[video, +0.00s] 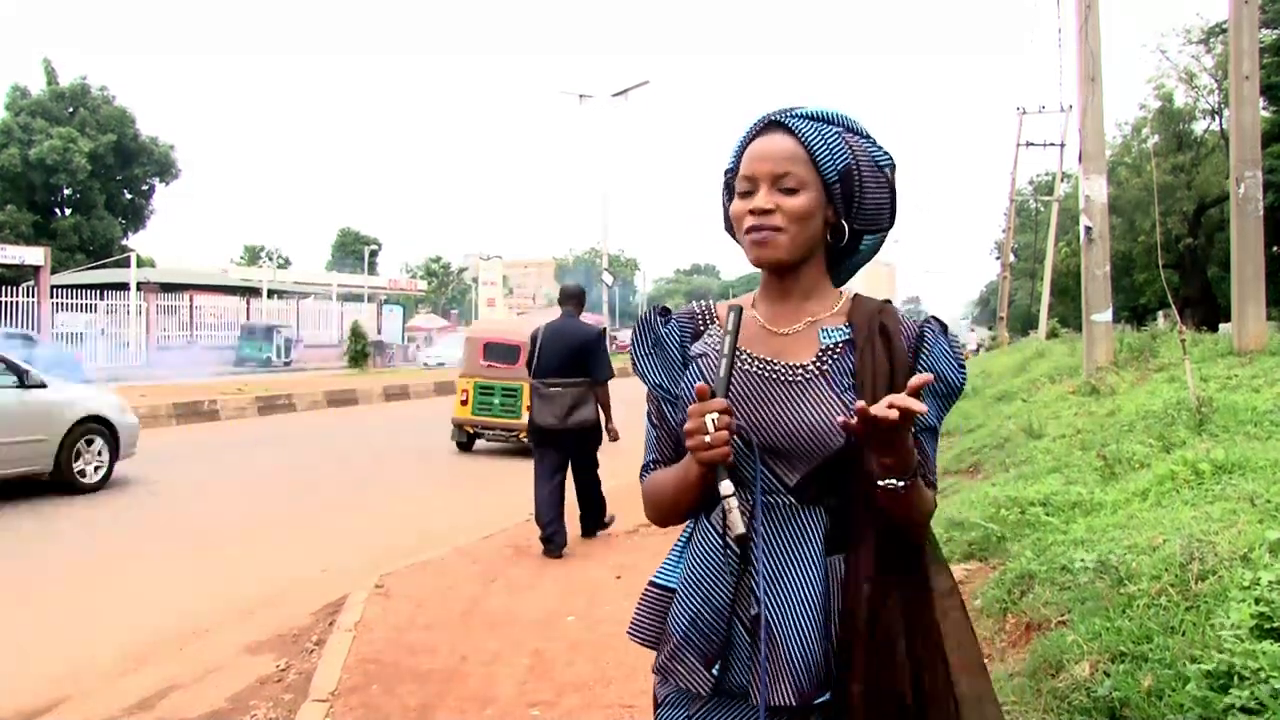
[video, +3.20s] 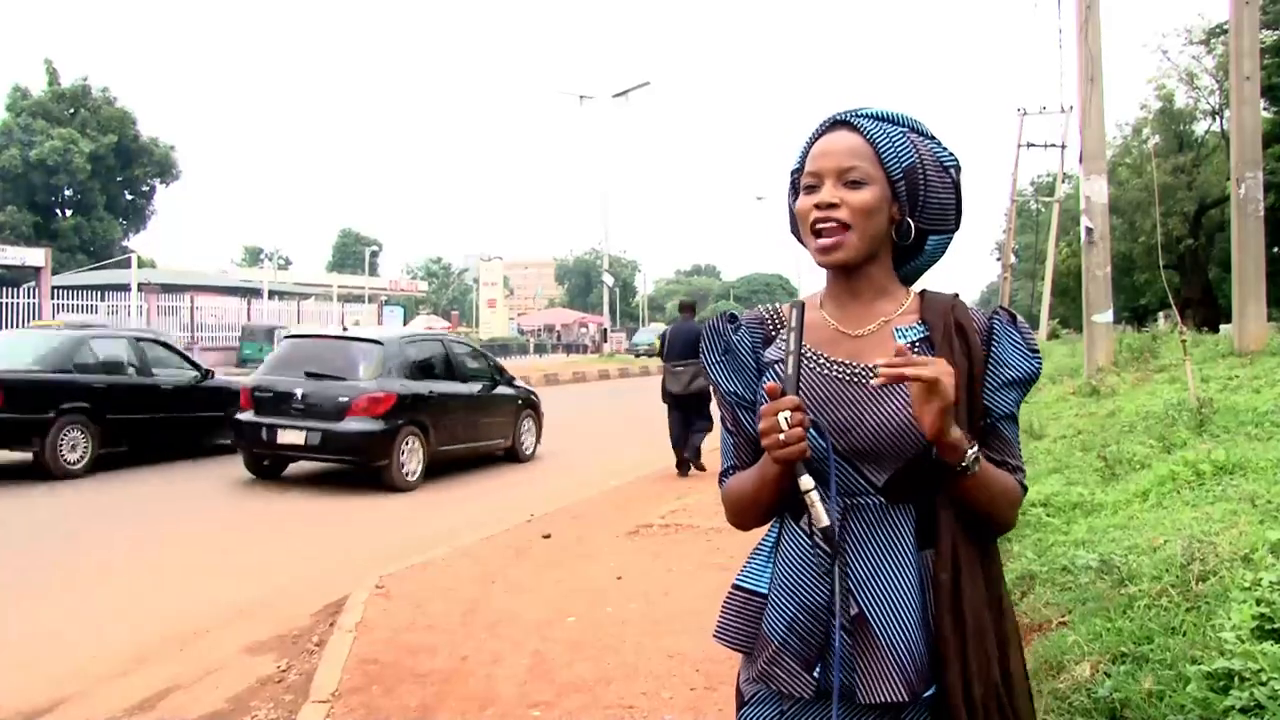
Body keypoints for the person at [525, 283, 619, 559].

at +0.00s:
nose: (577, 308)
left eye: (568, 302)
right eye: (581, 304)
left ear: (559, 303)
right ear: (583, 305)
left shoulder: (539, 334)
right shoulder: (592, 336)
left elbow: (532, 374)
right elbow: (600, 385)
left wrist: (542, 407)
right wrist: (609, 420)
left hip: (545, 422)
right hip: (582, 421)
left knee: (548, 479)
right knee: (586, 473)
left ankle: (552, 542)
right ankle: (592, 522)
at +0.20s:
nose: (588, 306)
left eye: (581, 301)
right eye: (592, 302)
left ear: (572, 303)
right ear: (595, 304)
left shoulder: (555, 332)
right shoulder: (606, 335)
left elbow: (547, 369)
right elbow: (613, 380)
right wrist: (621, 415)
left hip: (562, 414)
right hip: (596, 414)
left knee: (566, 466)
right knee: (598, 472)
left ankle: (554, 511)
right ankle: (591, 524)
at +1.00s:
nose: (604, 311)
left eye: (600, 307)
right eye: (610, 308)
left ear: (592, 308)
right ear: (614, 308)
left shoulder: (580, 334)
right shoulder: (623, 333)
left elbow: (571, 364)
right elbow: (629, 367)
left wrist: (584, 387)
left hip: (586, 403)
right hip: (618, 401)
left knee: (588, 456)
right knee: (620, 450)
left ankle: (595, 511)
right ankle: (619, 496)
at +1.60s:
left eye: (623, 310)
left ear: (619, 311)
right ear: (639, 312)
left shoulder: (610, 336)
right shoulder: (646, 337)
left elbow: (604, 372)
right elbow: (651, 371)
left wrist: (601, 402)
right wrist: (650, 397)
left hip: (618, 402)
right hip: (641, 401)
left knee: (617, 444)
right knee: (636, 445)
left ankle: (619, 484)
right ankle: (627, 493)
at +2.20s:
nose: (648, 314)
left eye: (645, 309)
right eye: (652, 310)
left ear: (641, 311)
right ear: (657, 311)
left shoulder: (628, 331)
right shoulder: (664, 332)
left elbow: (619, 357)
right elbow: (670, 359)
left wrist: (629, 374)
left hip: (630, 386)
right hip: (657, 386)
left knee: (631, 435)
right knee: (663, 433)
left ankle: (633, 483)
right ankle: (662, 476)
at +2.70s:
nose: (672, 314)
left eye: (669, 311)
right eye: (675, 310)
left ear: (664, 312)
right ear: (680, 311)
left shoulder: (655, 333)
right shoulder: (688, 332)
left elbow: (647, 365)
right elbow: (696, 361)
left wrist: (646, 393)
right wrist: (700, 385)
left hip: (660, 387)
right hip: (684, 386)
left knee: (662, 426)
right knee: (678, 428)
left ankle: (663, 467)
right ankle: (668, 473)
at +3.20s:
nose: (690, 315)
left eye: (687, 312)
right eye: (692, 312)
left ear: (679, 312)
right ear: (694, 313)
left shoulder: (668, 332)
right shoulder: (701, 332)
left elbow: (662, 354)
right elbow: (708, 355)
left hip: (673, 383)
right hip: (697, 382)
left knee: (677, 422)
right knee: (703, 419)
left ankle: (682, 464)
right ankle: (693, 449)